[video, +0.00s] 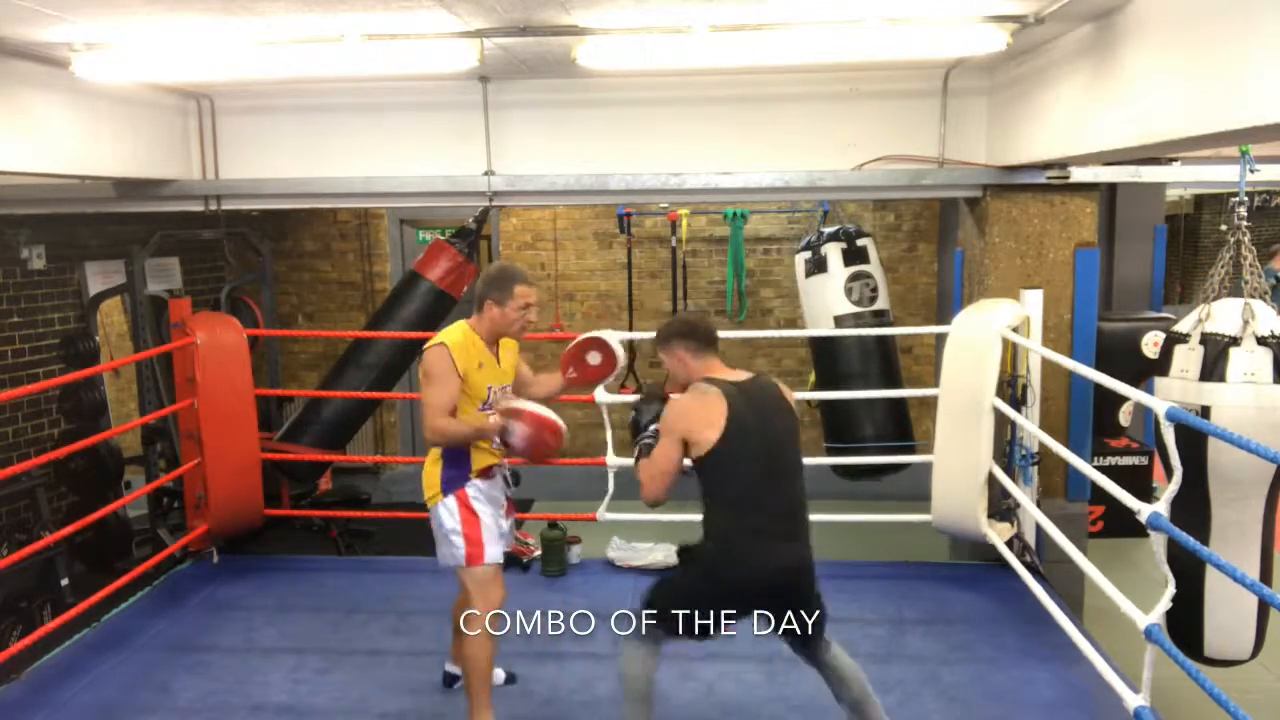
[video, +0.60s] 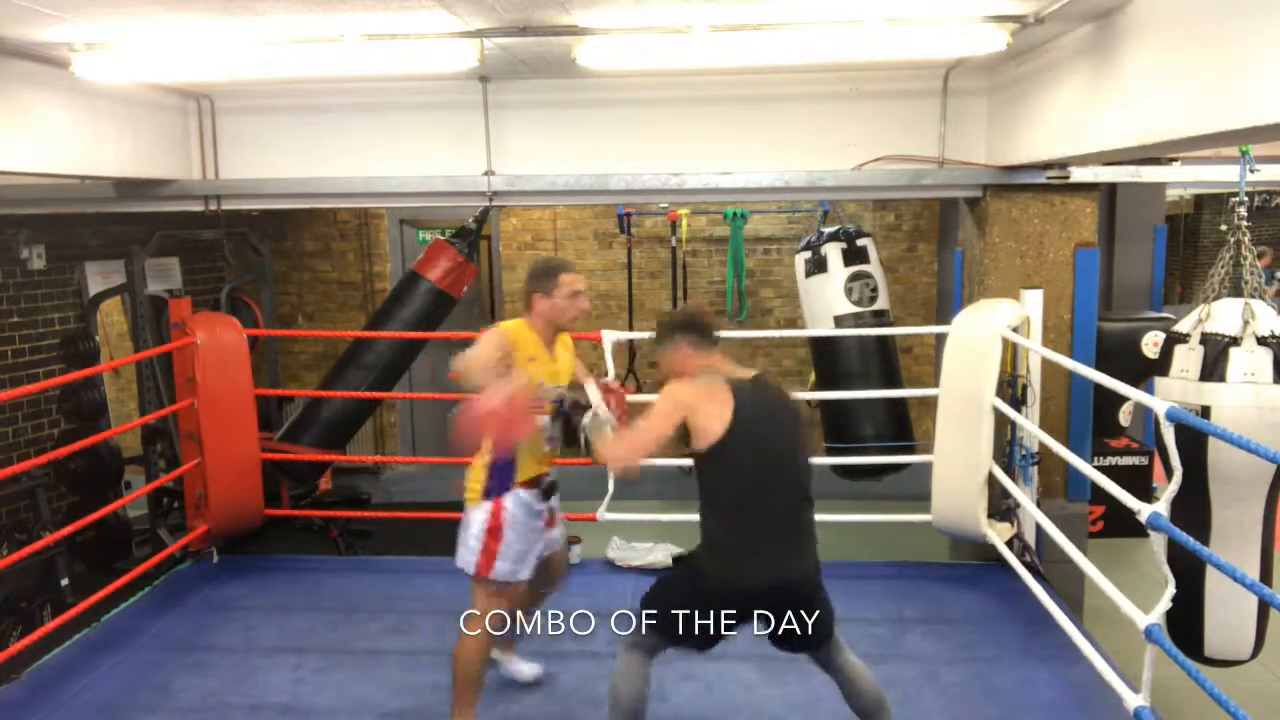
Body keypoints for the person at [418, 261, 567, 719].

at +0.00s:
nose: (530, 316)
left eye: (532, 308)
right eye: (523, 307)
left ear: (500, 307)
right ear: (491, 305)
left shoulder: (505, 345)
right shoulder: (445, 350)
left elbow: (530, 387)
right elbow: (435, 428)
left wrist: (573, 372)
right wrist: (489, 422)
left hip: (488, 478)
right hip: (456, 484)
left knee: (479, 581)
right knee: (489, 599)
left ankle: (460, 662)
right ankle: (482, 713)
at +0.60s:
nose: (584, 303)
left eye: (584, 294)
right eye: (574, 295)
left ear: (559, 303)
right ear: (541, 300)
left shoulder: (563, 347)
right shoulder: (505, 338)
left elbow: (584, 391)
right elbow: (465, 371)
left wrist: (605, 398)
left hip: (538, 482)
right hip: (499, 489)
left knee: (550, 570)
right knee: (488, 611)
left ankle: (500, 643)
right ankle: (463, 712)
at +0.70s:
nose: (605, 308)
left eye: (606, 298)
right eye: (594, 299)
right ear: (561, 302)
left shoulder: (584, 350)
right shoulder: (534, 338)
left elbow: (596, 397)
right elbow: (597, 323)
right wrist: (651, 310)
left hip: (569, 488)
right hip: (523, 494)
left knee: (582, 568)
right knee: (500, 606)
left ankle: (581, 656)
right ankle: (466, 711)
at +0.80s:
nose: (630, 311)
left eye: (631, 302)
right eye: (619, 302)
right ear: (585, 305)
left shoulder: (611, 348)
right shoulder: (565, 338)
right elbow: (653, 335)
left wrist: (646, 360)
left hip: (595, 487)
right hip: (553, 491)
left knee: (616, 578)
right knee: (519, 606)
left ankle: (638, 658)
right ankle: (470, 709)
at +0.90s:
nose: (657, 309)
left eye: (658, 301)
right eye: (648, 302)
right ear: (615, 306)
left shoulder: (639, 345)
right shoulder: (598, 343)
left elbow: (669, 381)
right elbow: (677, 382)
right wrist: (737, 390)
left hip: (629, 488)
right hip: (586, 491)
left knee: (651, 568)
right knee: (568, 603)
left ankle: (646, 660)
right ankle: (493, 699)